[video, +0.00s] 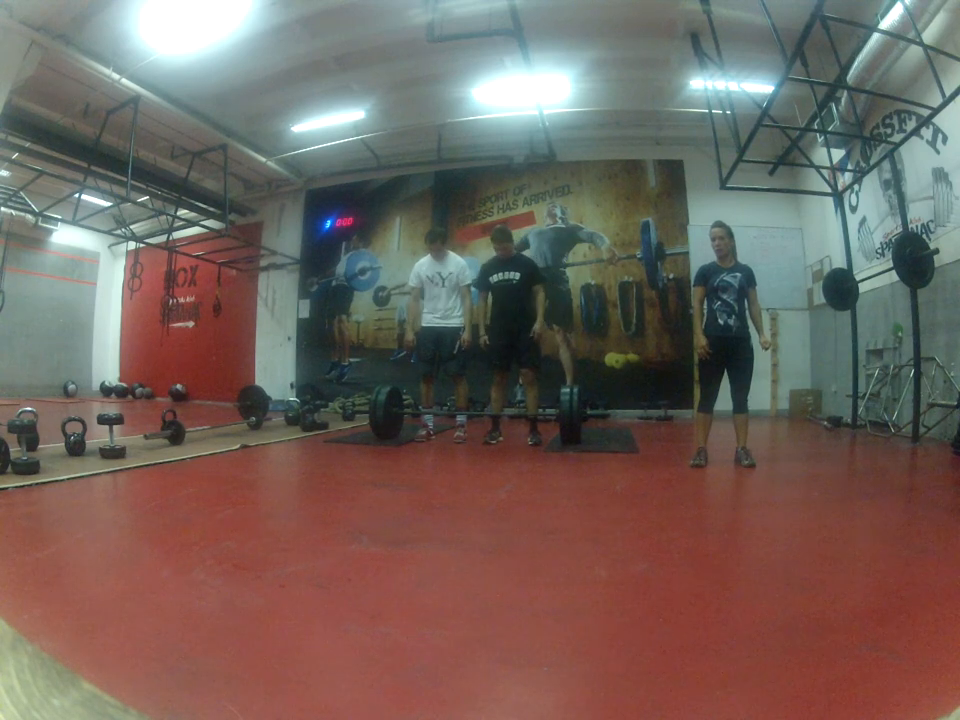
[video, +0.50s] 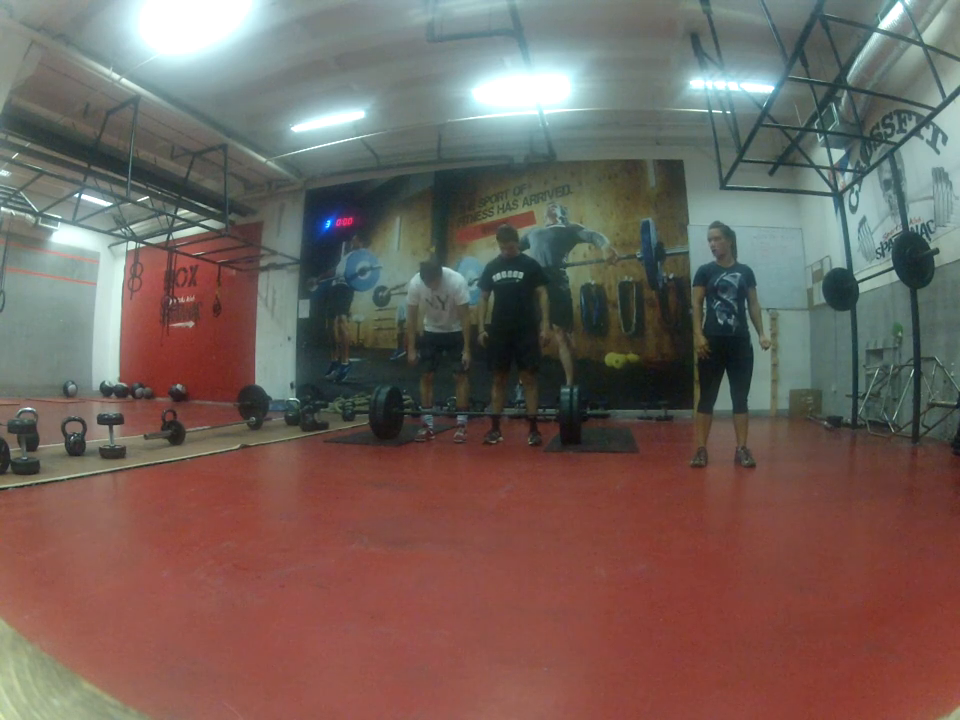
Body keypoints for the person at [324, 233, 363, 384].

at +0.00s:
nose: (352, 243)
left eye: (355, 241)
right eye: (353, 240)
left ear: (361, 243)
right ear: (353, 242)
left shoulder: (359, 257)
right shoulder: (347, 256)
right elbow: (337, 273)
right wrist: (319, 279)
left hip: (345, 288)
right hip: (335, 288)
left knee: (342, 323)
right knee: (334, 325)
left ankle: (345, 362)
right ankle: (335, 360)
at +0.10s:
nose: (352, 243)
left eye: (355, 241)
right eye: (353, 240)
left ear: (361, 243)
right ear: (353, 242)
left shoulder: (360, 257)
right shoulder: (348, 256)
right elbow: (337, 273)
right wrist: (319, 279)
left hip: (345, 288)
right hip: (335, 288)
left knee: (342, 324)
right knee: (334, 325)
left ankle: (345, 362)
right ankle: (335, 361)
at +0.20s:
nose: (352, 243)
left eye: (355, 240)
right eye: (353, 240)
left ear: (360, 242)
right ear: (354, 242)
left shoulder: (359, 256)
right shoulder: (348, 256)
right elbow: (337, 273)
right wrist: (320, 279)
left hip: (345, 287)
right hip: (336, 287)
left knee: (342, 324)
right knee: (334, 325)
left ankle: (345, 362)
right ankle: (335, 361)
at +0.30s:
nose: (353, 243)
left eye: (355, 241)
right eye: (353, 240)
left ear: (360, 242)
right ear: (354, 242)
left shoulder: (360, 256)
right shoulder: (348, 256)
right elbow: (337, 273)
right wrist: (319, 279)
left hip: (345, 288)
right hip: (335, 288)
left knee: (342, 324)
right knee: (334, 325)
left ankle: (345, 362)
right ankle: (335, 361)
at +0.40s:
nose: (353, 243)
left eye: (355, 241)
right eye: (353, 240)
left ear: (360, 242)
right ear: (354, 242)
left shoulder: (360, 256)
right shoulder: (348, 256)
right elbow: (336, 272)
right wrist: (319, 279)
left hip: (345, 287)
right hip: (335, 287)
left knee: (342, 323)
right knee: (334, 324)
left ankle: (345, 362)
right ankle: (335, 361)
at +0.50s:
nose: (353, 243)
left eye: (355, 241)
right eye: (353, 241)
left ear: (361, 243)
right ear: (354, 242)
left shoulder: (360, 256)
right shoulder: (348, 256)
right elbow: (336, 271)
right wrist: (319, 278)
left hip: (346, 288)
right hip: (336, 288)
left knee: (342, 324)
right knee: (334, 325)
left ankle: (345, 362)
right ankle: (335, 361)